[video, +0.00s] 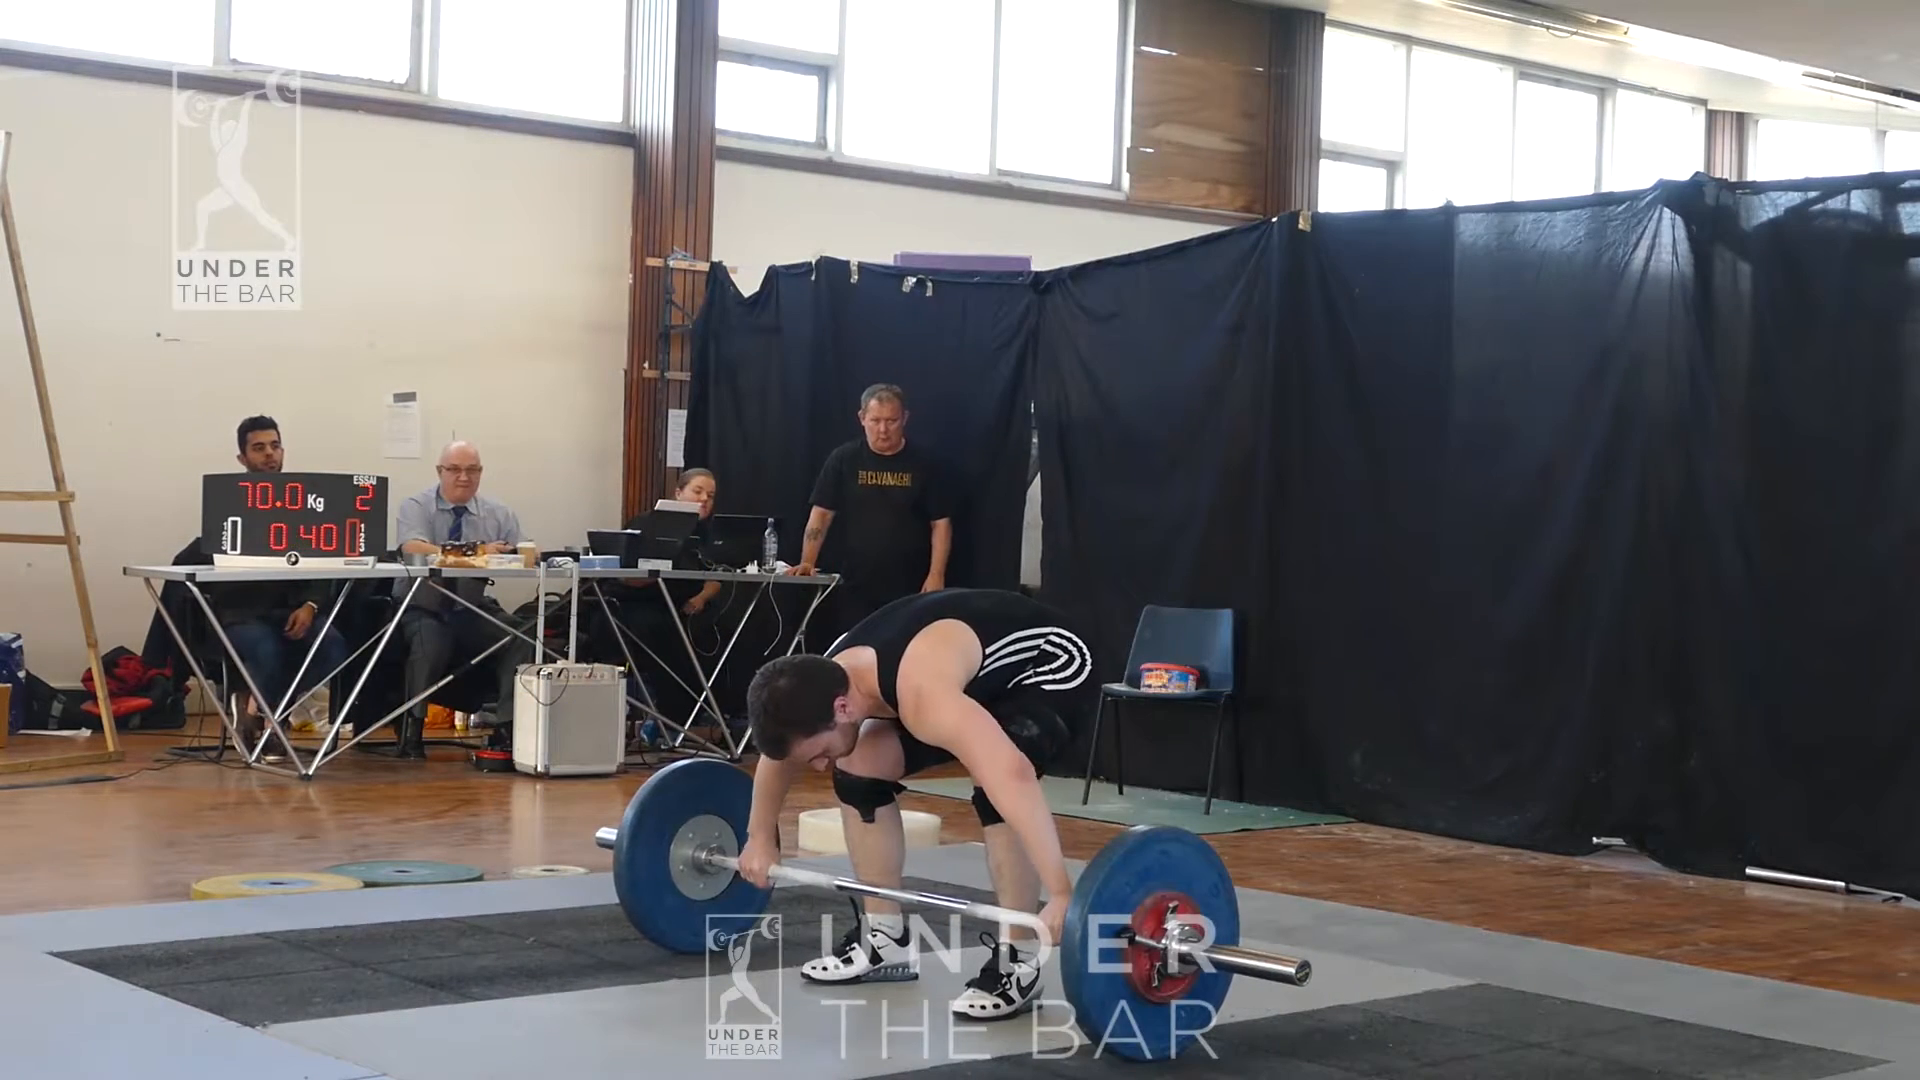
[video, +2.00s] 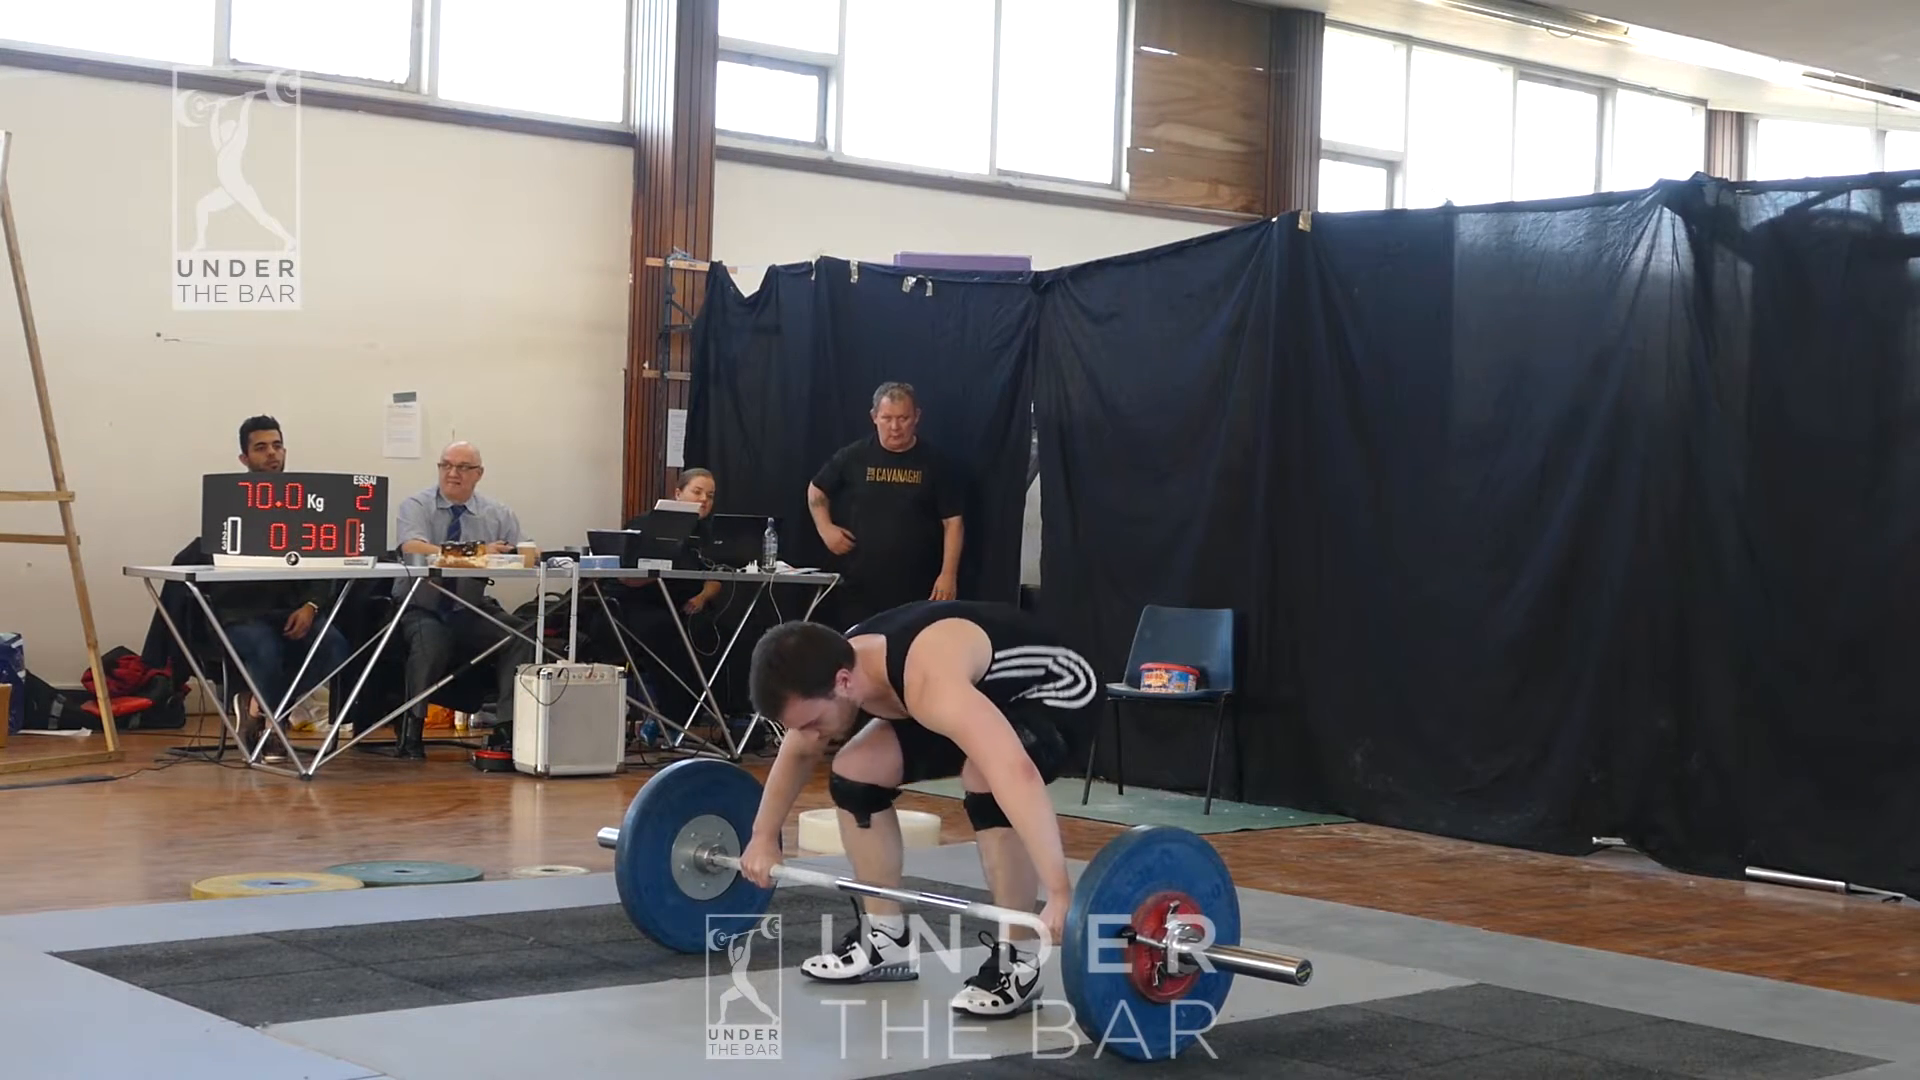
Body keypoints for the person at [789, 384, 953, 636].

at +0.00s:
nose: (883, 429)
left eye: (891, 421)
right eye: (875, 420)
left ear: (904, 419)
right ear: (862, 419)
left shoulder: (925, 463)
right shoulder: (843, 460)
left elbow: (941, 524)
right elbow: (821, 514)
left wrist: (936, 575)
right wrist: (807, 562)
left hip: (907, 585)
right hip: (855, 583)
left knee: (902, 670)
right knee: (853, 665)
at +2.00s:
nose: (895, 426)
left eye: (902, 418)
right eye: (887, 418)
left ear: (917, 417)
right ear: (874, 417)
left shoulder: (935, 463)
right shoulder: (852, 457)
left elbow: (953, 522)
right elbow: (816, 491)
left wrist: (948, 575)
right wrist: (826, 529)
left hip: (914, 585)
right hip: (860, 584)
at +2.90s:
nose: (898, 426)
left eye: (907, 418)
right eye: (890, 417)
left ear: (920, 417)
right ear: (878, 416)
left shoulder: (939, 464)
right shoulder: (860, 455)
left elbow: (955, 524)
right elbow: (817, 483)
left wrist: (948, 577)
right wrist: (828, 538)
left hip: (919, 581)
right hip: (862, 579)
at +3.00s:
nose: (899, 425)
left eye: (908, 417)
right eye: (892, 417)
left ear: (922, 418)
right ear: (879, 416)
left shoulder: (941, 464)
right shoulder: (854, 460)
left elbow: (955, 524)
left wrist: (948, 579)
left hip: (924, 579)